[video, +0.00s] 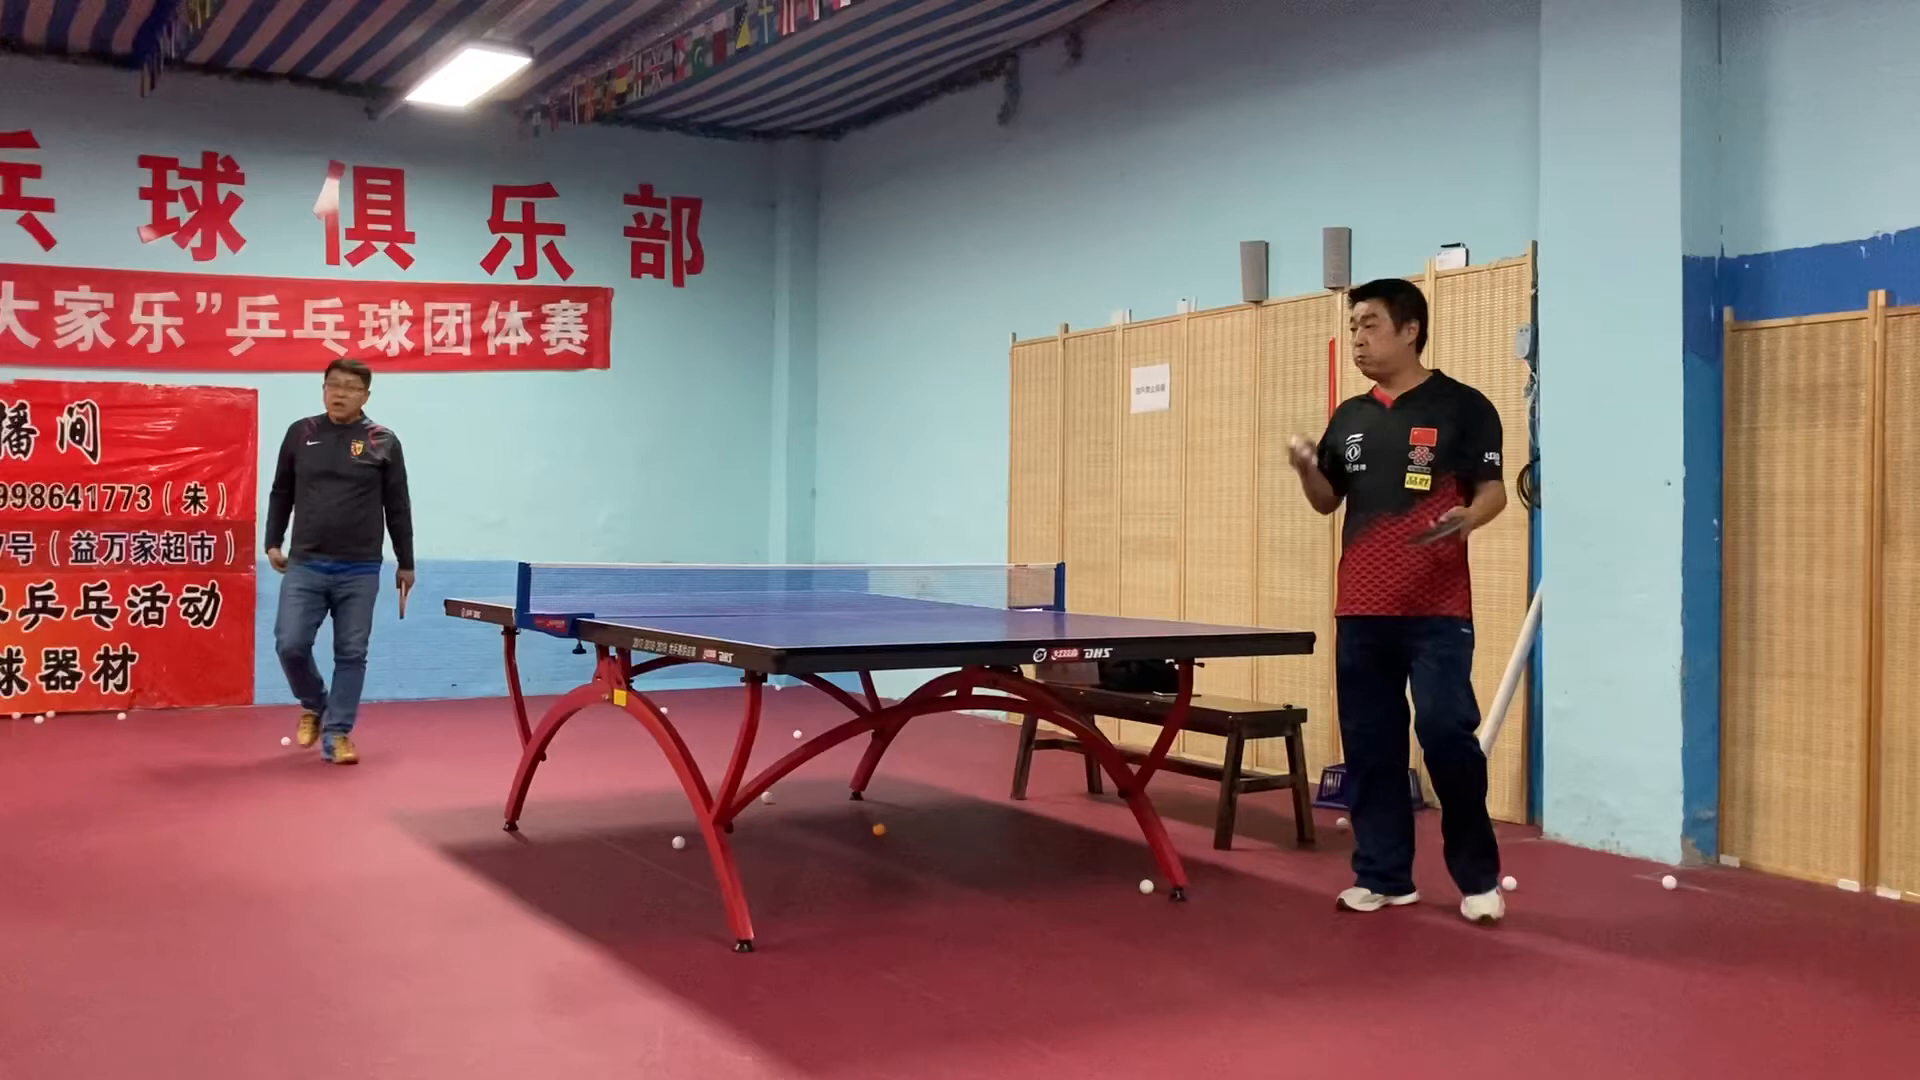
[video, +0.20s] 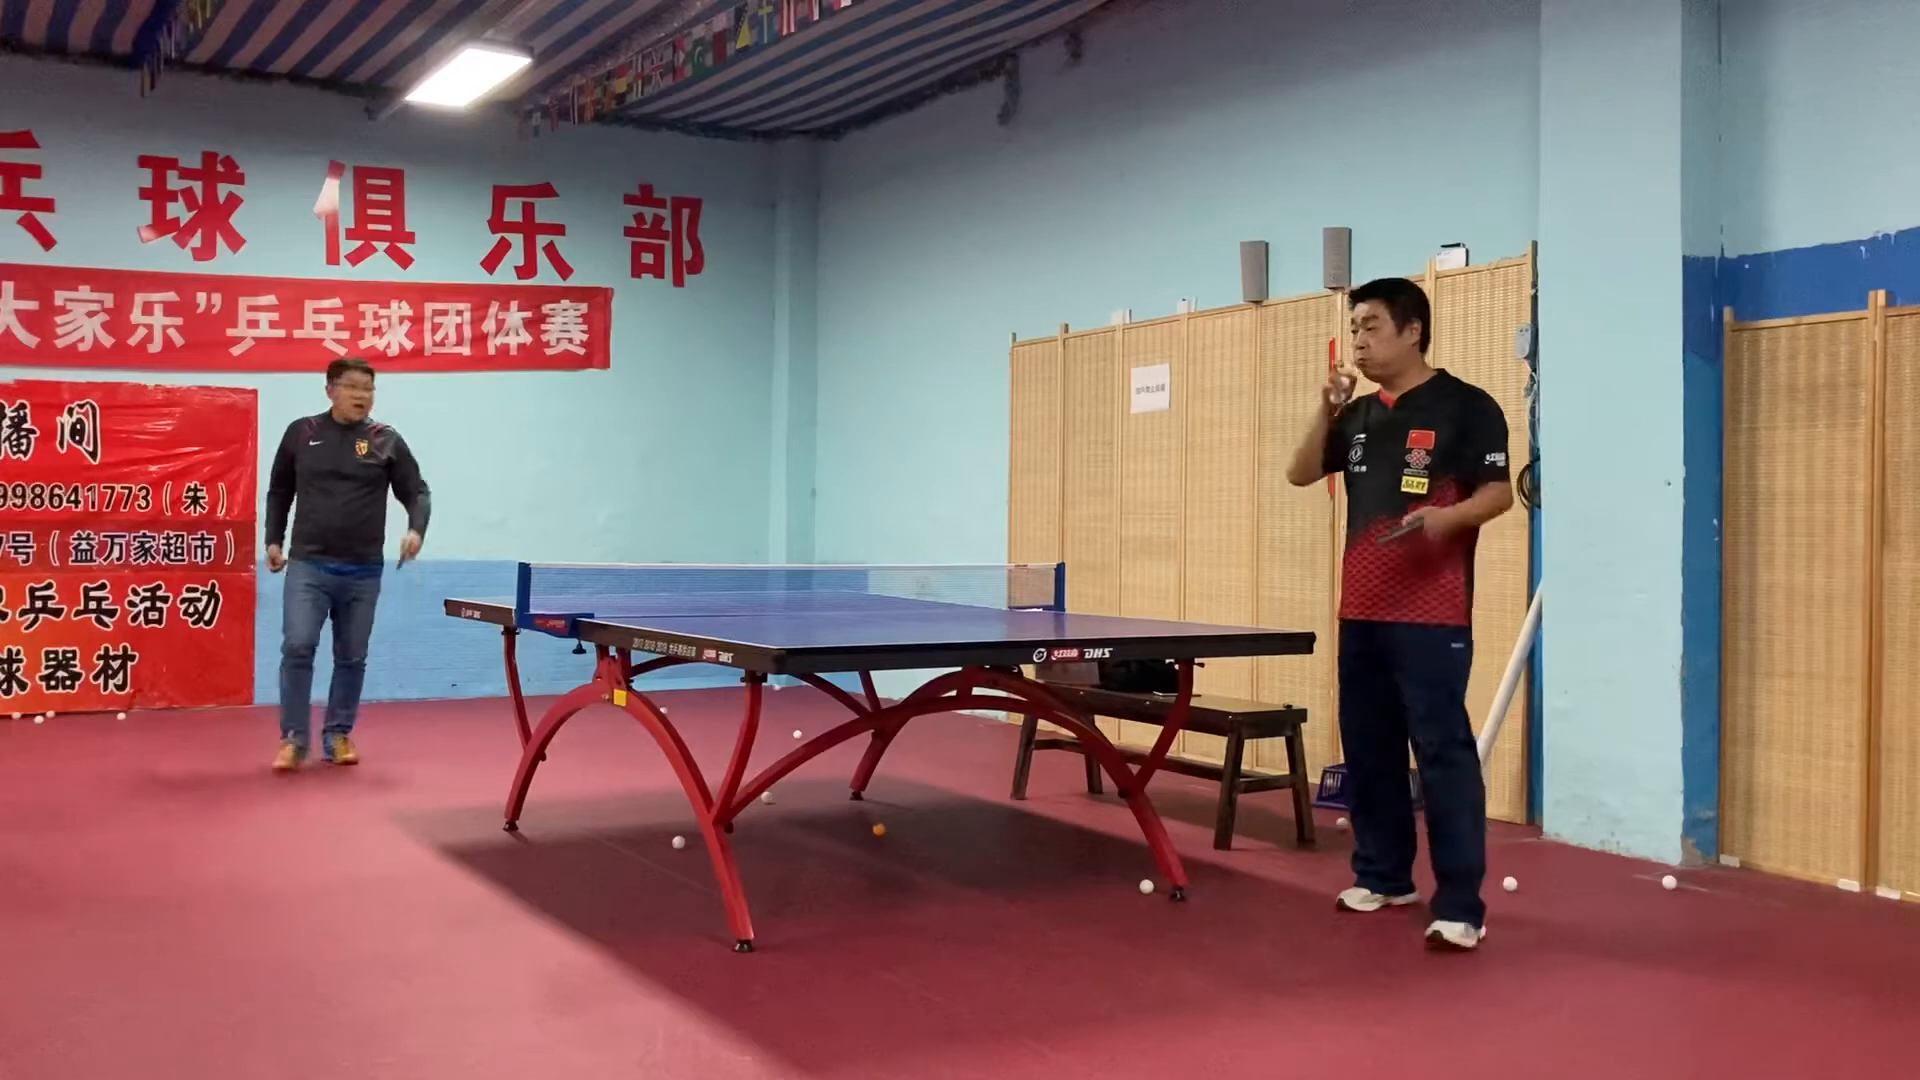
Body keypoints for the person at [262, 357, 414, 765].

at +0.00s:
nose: (339, 395)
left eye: (350, 389)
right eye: (333, 386)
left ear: (365, 395)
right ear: (324, 389)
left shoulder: (383, 442)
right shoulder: (301, 433)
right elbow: (282, 490)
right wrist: (273, 541)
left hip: (360, 569)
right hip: (305, 565)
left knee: (351, 652)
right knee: (290, 646)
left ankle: (339, 733)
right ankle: (314, 705)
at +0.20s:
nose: (362, 397)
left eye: (368, 389)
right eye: (353, 388)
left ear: (374, 394)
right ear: (332, 389)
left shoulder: (386, 441)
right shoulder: (300, 433)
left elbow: (417, 494)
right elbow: (280, 490)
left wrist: (416, 530)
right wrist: (273, 540)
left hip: (362, 570)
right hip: (308, 565)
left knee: (353, 657)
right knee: (298, 646)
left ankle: (338, 736)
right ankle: (294, 739)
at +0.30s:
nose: (370, 407)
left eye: (375, 400)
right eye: (361, 399)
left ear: (380, 402)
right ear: (337, 397)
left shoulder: (385, 441)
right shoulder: (300, 437)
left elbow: (418, 469)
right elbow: (271, 492)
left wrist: (430, 483)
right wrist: (273, 544)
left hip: (364, 574)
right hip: (312, 571)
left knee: (354, 662)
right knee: (306, 653)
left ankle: (338, 734)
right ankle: (298, 742)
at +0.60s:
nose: (380, 395)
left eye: (386, 387)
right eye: (371, 385)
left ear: (391, 392)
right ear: (347, 385)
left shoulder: (395, 437)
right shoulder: (308, 430)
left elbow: (430, 484)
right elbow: (280, 492)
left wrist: (433, 475)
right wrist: (292, 545)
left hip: (377, 571)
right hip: (321, 571)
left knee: (405, 646)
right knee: (315, 657)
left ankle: (371, 733)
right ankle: (306, 748)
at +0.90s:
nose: (436, 398)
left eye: (441, 391)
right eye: (427, 389)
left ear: (444, 398)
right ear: (401, 391)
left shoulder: (440, 446)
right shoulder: (360, 433)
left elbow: (443, 501)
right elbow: (318, 490)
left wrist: (440, 533)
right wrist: (322, 551)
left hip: (415, 578)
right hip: (359, 576)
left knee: (429, 662)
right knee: (341, 660)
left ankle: (416, 761)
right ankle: (313, 742)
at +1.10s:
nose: (457, 400)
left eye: (463, 392)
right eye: (448, 390)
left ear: (465, 397)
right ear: (422, 391)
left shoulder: (461, 442)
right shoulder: (379, 432)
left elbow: (471, 491)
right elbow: (331, 483)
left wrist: (473, 526)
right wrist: (349, 537)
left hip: (428, 575)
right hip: (376, 571)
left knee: (433, 666)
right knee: (374, 656)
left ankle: (417, 761)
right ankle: (361, 761)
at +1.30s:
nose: (465, 428)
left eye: (470, 419)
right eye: (455, 419)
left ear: (472, 422)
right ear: (426, 419)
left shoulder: (465, 457)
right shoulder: (388, 462)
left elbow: (473, 502)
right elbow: (347, 521)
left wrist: (484, 535)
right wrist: (396, 557)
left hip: (431, 578)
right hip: (380, 579)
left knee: (472, 651)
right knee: (395, 664)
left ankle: (433, 748)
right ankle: (393, 772)